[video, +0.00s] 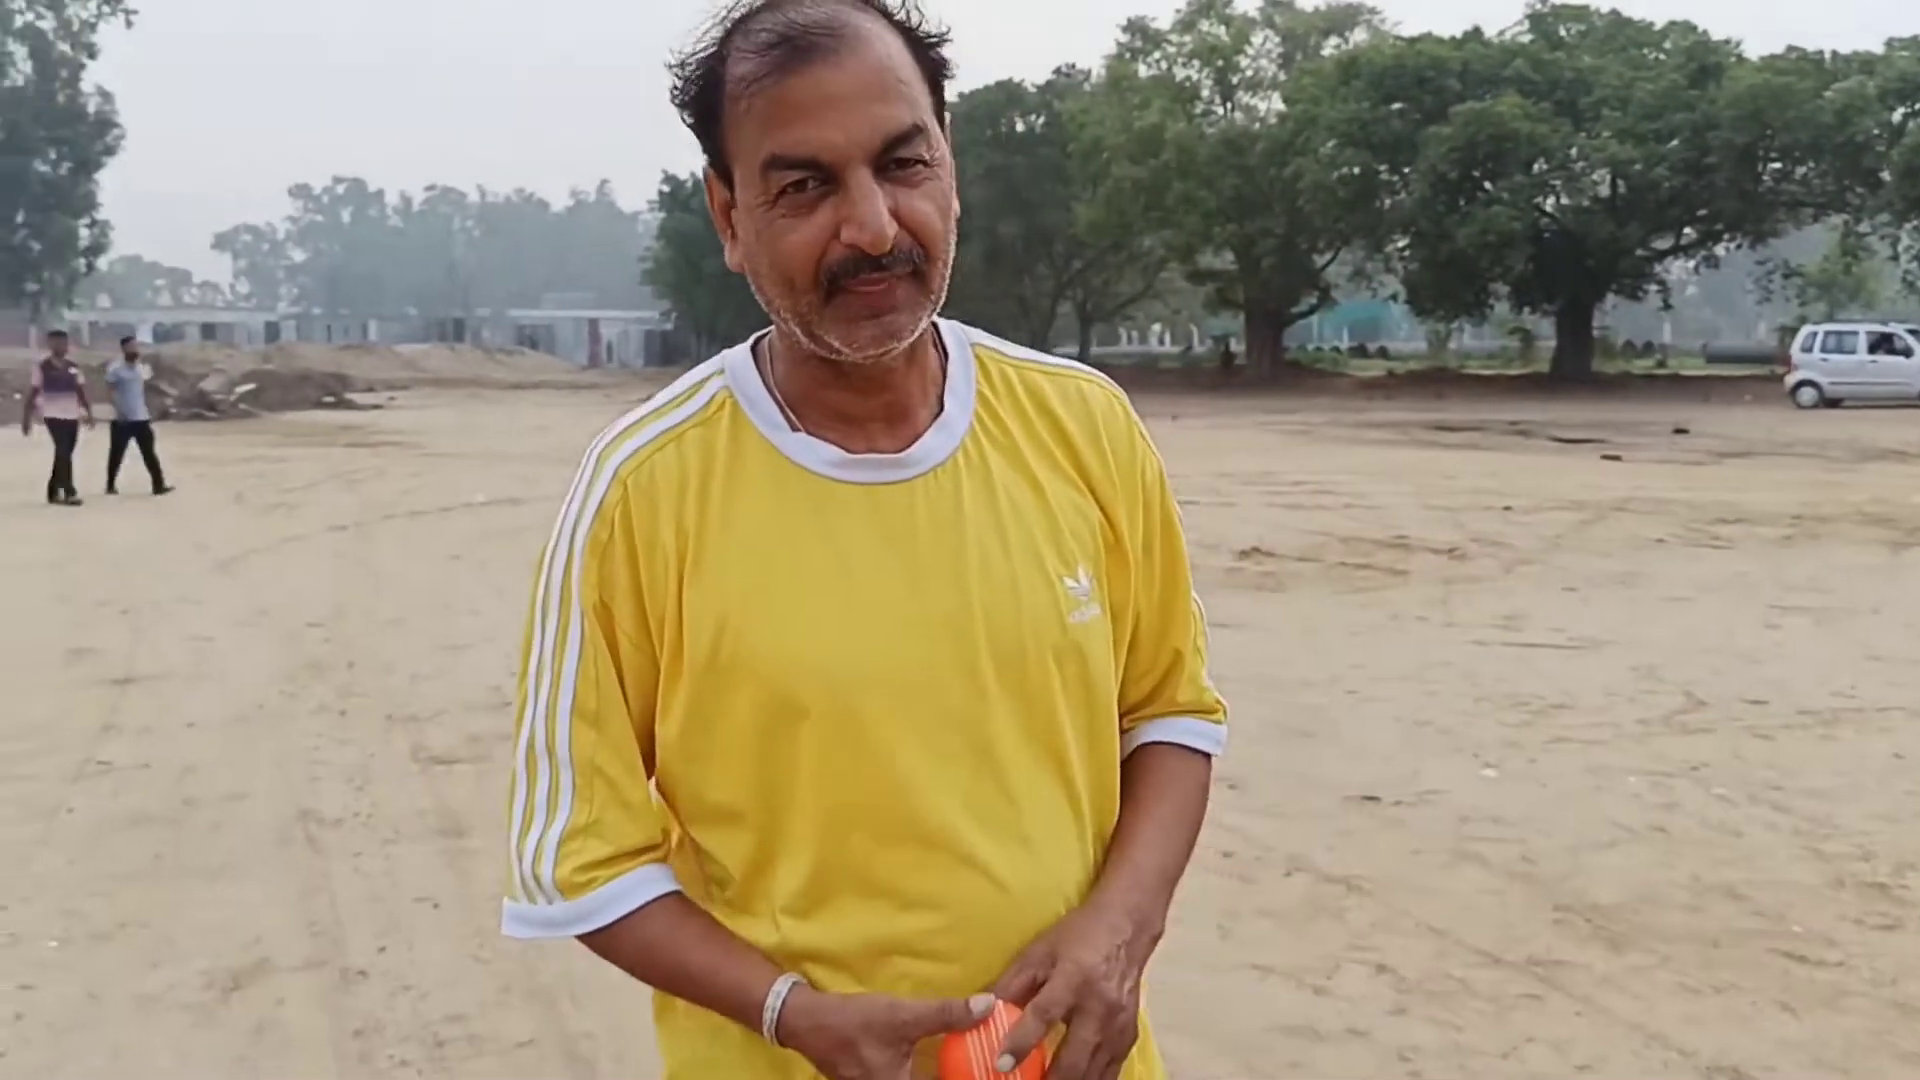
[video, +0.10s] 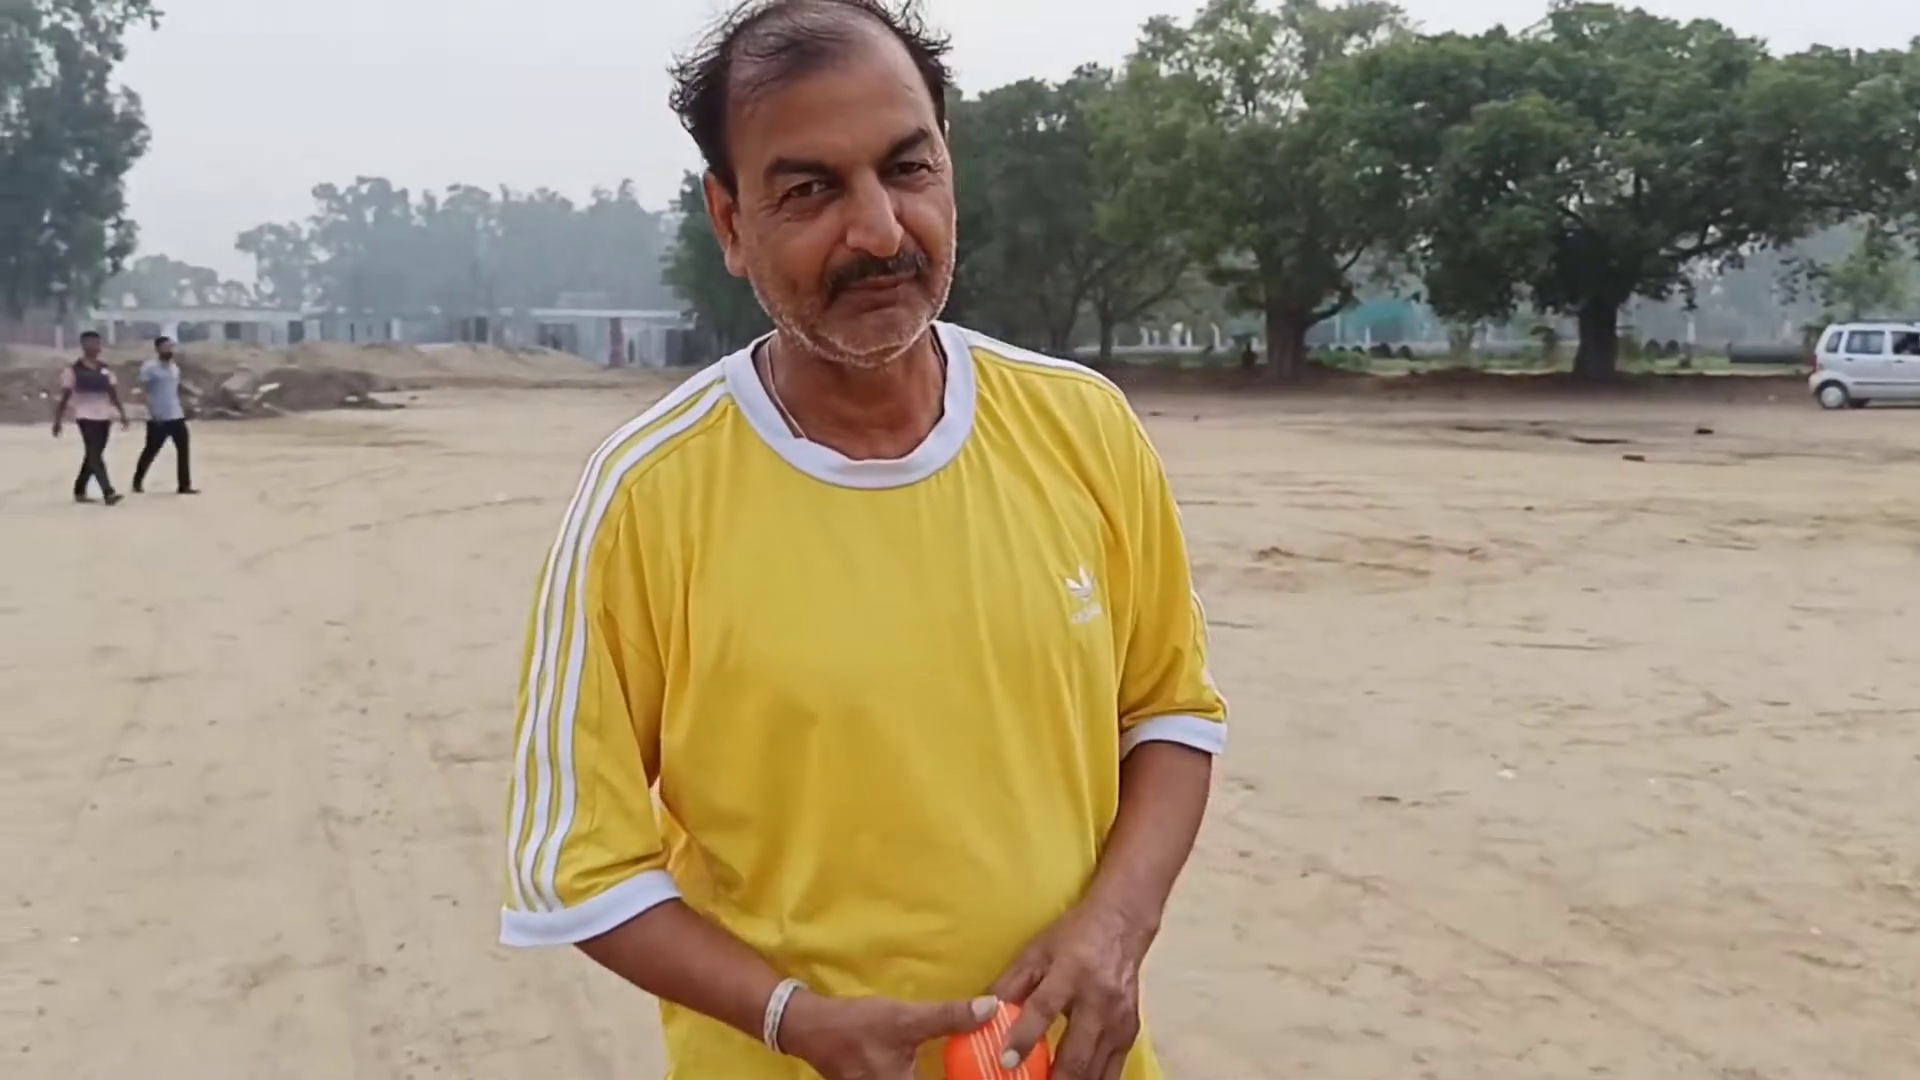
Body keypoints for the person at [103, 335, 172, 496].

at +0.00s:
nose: (134, 349)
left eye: (135, 346)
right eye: (131, 346)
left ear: (137, 348)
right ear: (124, 349)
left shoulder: (139, 368)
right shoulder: (115, 370)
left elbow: (139, 391)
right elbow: (109, 394)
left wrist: (143, 410)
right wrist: (119, 410)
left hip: (141, 419)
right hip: (122, 419)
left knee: (149, 454)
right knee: (116, 456)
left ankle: (158, 484)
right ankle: (110, 485)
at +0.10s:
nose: (169, 350)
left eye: (171, 346)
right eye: (165, 347)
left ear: (173, 348)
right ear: (158, 349)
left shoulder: (175, 369)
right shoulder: (149, 368)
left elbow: (175, 389)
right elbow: (144, 391)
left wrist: (195, 393)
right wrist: (151, 412)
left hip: (176, 417)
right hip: (158, 418)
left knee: (183, 451)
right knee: (150, 452)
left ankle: (184, 484)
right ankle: (137, 482)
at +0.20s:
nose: (203, 349)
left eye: (204, 345)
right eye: (200, 345)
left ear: (206, 347)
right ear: (192, 348)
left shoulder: (207, 368)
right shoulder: (182, 367)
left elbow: (210, 391)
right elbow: (177, 391)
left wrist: (218, 409)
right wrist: (180, 408)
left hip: (209, 414)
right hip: (192, 416)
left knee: (213, 451)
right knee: (193, 448)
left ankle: (210, 484)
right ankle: (174, 472)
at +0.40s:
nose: (250, 347)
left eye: (252, 343)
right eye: (247, 343)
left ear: (254, 346)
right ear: (239, 346)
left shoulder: (254, 365)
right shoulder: (229, 365)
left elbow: (264, 385)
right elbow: (221, 389)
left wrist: (265, 381)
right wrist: (223, 411)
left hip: (253, 411)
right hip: (237, 410)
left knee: (250, 447)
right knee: (247, 445)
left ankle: (245, 481)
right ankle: (241, 482)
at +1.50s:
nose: (456, 347)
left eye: (457, 343)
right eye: (453, 343)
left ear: (458, 346)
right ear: (445, 346)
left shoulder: (457, 365)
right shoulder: (434, 366)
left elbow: (475, 374)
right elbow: (426, 391)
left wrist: (464, 355)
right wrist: (428, 414)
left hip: (458, 413)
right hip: (443, 413)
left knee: (456, 450)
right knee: (452, 449)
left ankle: (452, 485)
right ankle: (447, 485)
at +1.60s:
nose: (469, 349)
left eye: (470, 345)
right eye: (465, 345)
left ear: (471, 348)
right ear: (457, 348)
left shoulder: (472, 368)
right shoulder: (448, 369)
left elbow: (488, 377)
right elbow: (438, 393)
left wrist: (477, 357)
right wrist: (440, 417)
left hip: (470, 415)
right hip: (456, 415)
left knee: (463, 453)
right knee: (467, 453)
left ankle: (455, 487)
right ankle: (478, 485)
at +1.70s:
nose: (480, 350)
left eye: (481, 347)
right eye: (476, 347)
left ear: (482, 349)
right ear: (468, 350)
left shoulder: (483, 369)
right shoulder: (458, 371)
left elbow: (499, 379)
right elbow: (451, 397)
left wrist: (487, 360)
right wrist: (451, 421)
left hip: (481, 417)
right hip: (467, 418)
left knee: (471, 455)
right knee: (480, 453)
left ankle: (459, 486)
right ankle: (493, 486)